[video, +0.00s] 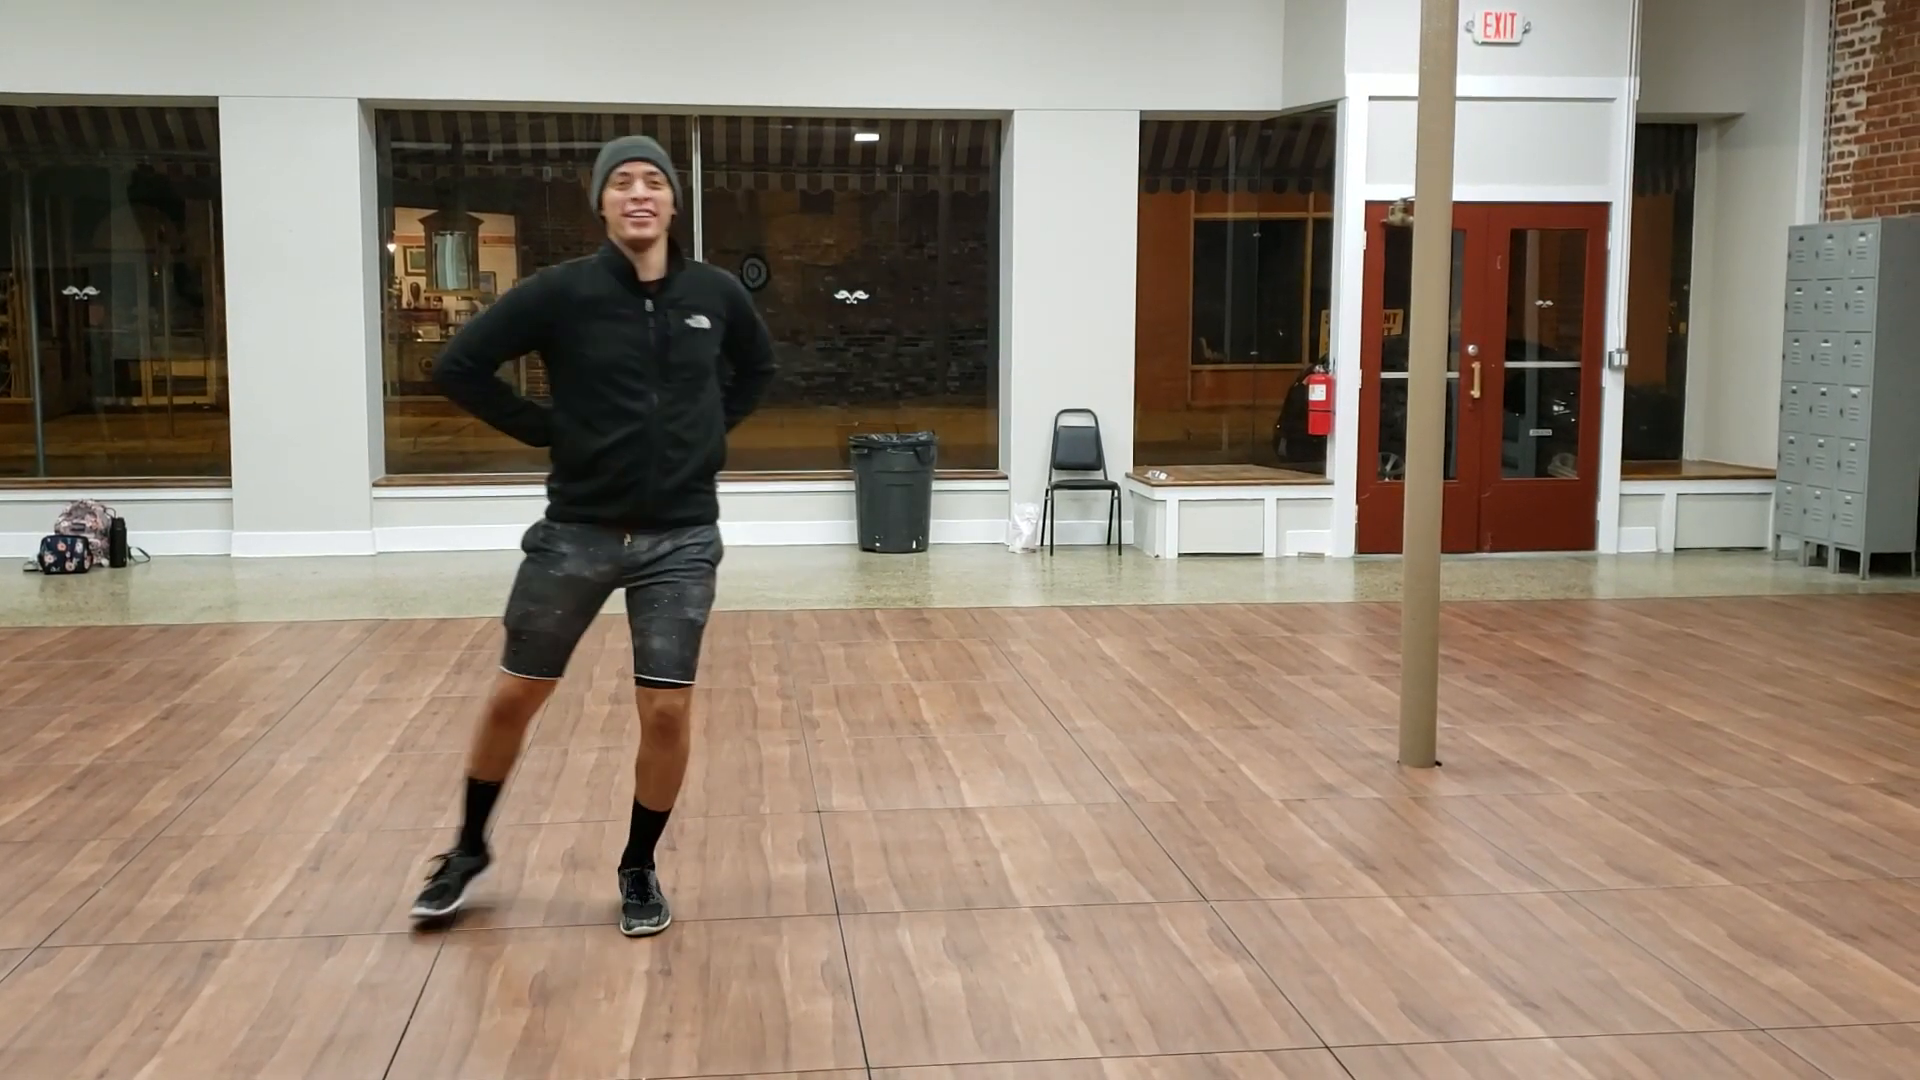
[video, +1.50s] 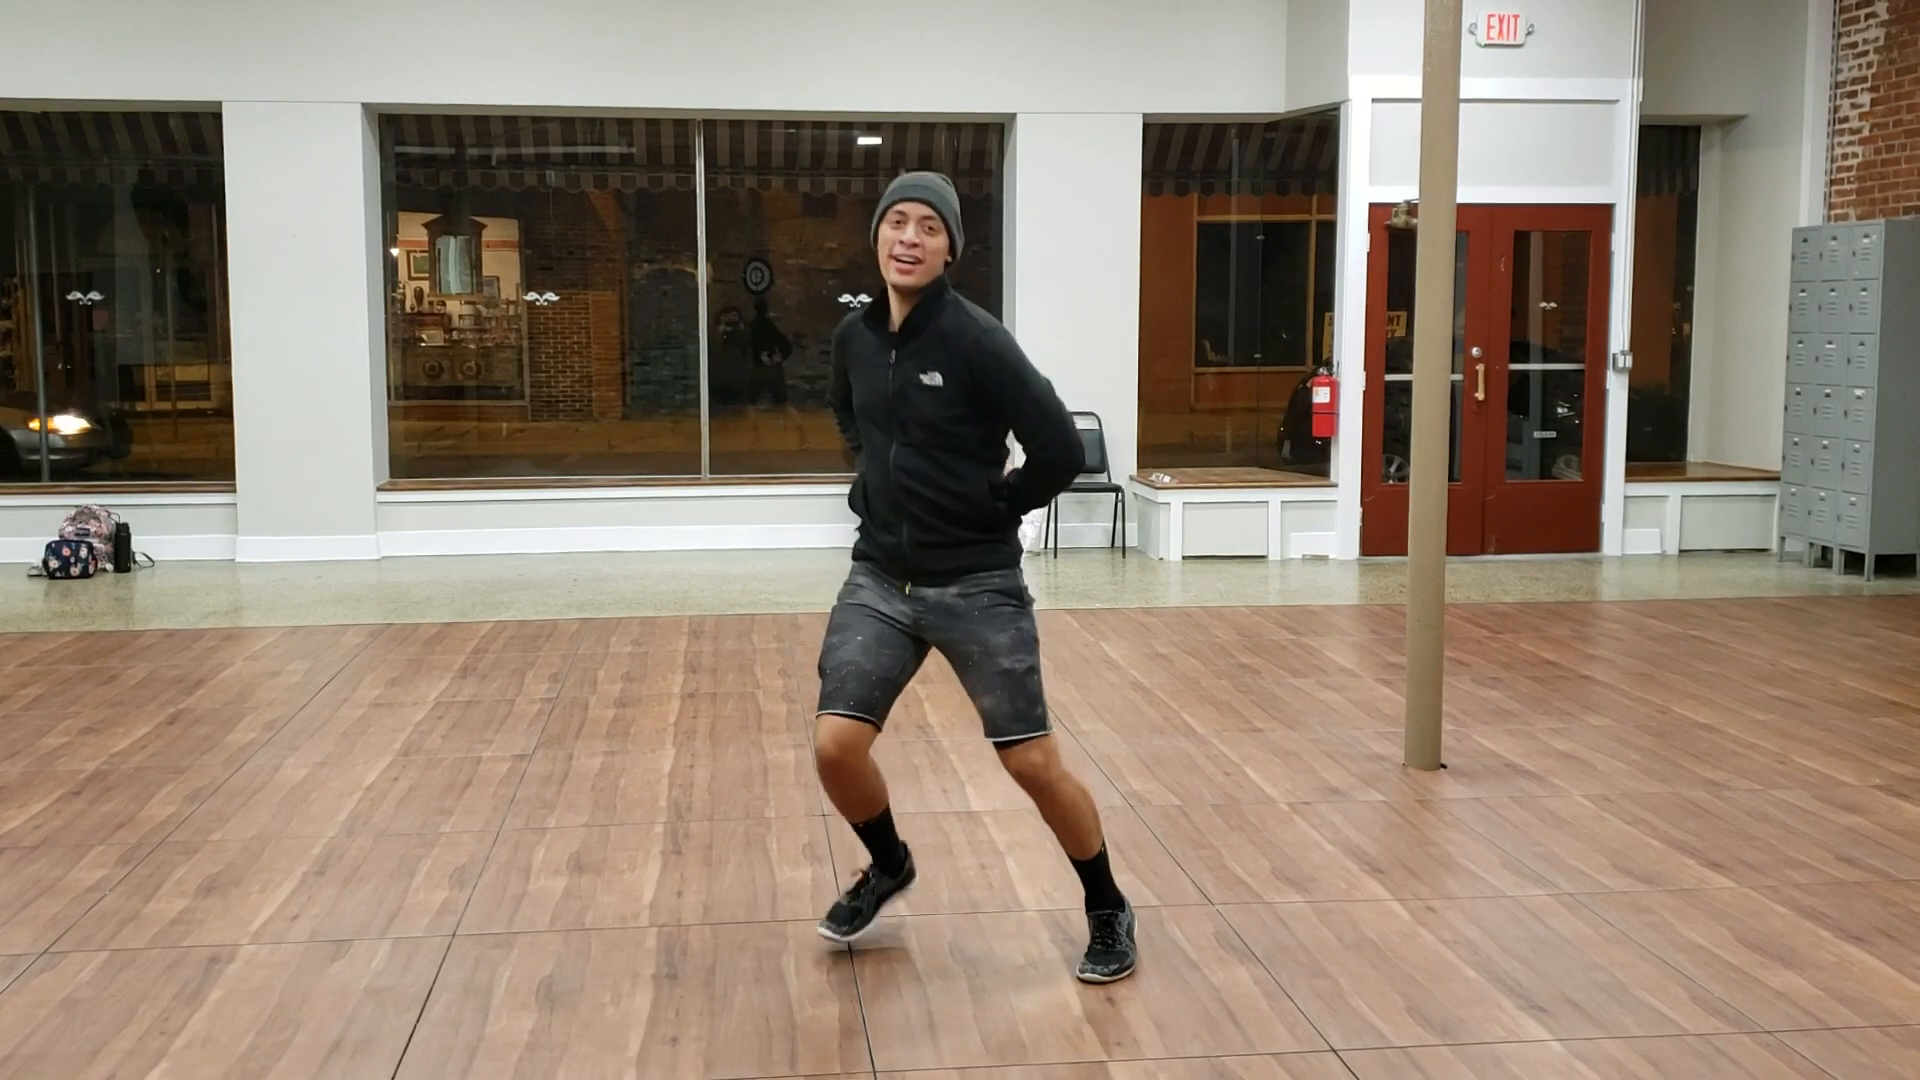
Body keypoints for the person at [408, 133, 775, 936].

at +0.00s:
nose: (639, 195)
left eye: (652, 184)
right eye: (623, 186)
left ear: (675, 203)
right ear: (601, 208)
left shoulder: (717, 293)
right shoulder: (558, 293)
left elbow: (757, 371)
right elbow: (457, 368)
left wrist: (704, 429)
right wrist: (545, 428)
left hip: (680, 535)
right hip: (575, 532)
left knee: (666, 708)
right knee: (515, 692)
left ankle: (639, 868)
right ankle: (468, 847)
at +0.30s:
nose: (585, 237)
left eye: (595, 224)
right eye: (567, 226)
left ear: (613, 239)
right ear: (538, 246)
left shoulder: (660, 323)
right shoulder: (506, 339)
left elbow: (701, 395)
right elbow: (410, 435)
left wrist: (653, 457)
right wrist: (514, 477)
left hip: (650, 561)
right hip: (544, 569)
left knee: (690, 718)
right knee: (490, 731)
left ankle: (684, 839)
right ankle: (439, 869)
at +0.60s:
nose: (671, 205)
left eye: (682, 194)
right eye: (653, 195)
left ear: (698, 214)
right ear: (625, 218)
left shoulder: (754, 291)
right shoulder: (593, 315)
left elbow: (832, 362)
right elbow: (509, 409)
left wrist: (770, 434)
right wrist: (608, 452)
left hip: (753, 539)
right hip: (651, 541)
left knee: (748, 713)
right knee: (615, 715)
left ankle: (722, 856)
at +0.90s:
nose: (762, 236)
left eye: (775, 223)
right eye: (745, 222)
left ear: (791, 241)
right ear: (714, 241)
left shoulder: (840, 324)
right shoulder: (677, 343)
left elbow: (924, 410)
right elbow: (615, 430)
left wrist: (854, 468)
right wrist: (707, 478)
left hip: (850, 568)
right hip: (752, 571)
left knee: (831, 753)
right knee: (800, 744)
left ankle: (744, 838)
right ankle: (872, 914)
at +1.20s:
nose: (855, 200)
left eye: (869, 190)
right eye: (840, 186)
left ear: (883, 210)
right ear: (807, 201)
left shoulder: (922, 295)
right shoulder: (763, 305)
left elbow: (1013, 388)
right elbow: (720, 386)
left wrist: (937, 453)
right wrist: (788, 441)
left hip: (925, 545)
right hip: (820, 552)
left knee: (990, 721)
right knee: (840, 732)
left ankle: (1032, 885)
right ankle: (876, 916)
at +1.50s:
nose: (909, 239)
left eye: (929, 229)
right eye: (898, 223)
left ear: (950, 250)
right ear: (877, 237)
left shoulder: (979, 343)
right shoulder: (855, 334)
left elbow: (1062, 456)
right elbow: (852, 422)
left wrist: (991, 506)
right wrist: (883, 483)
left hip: (977, 584)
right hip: (881, 574)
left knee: (1031, 760)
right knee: (835, 746)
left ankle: (1108, 907)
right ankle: (889, 864)